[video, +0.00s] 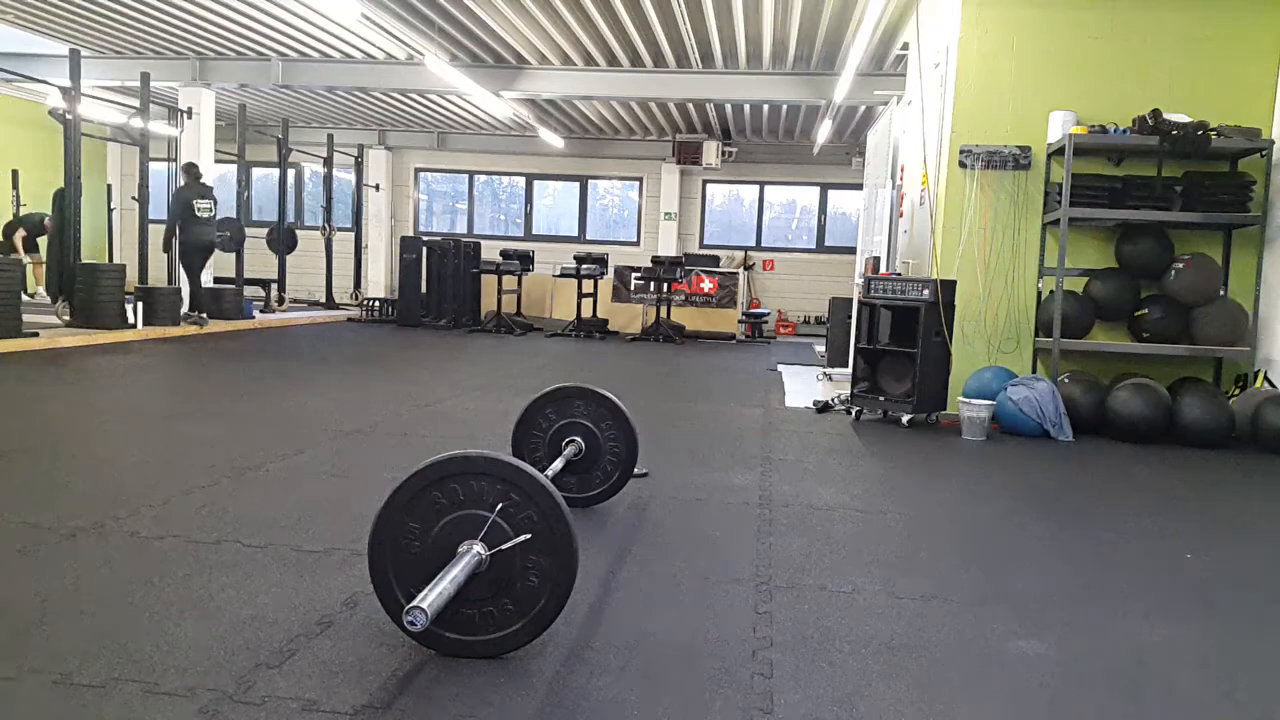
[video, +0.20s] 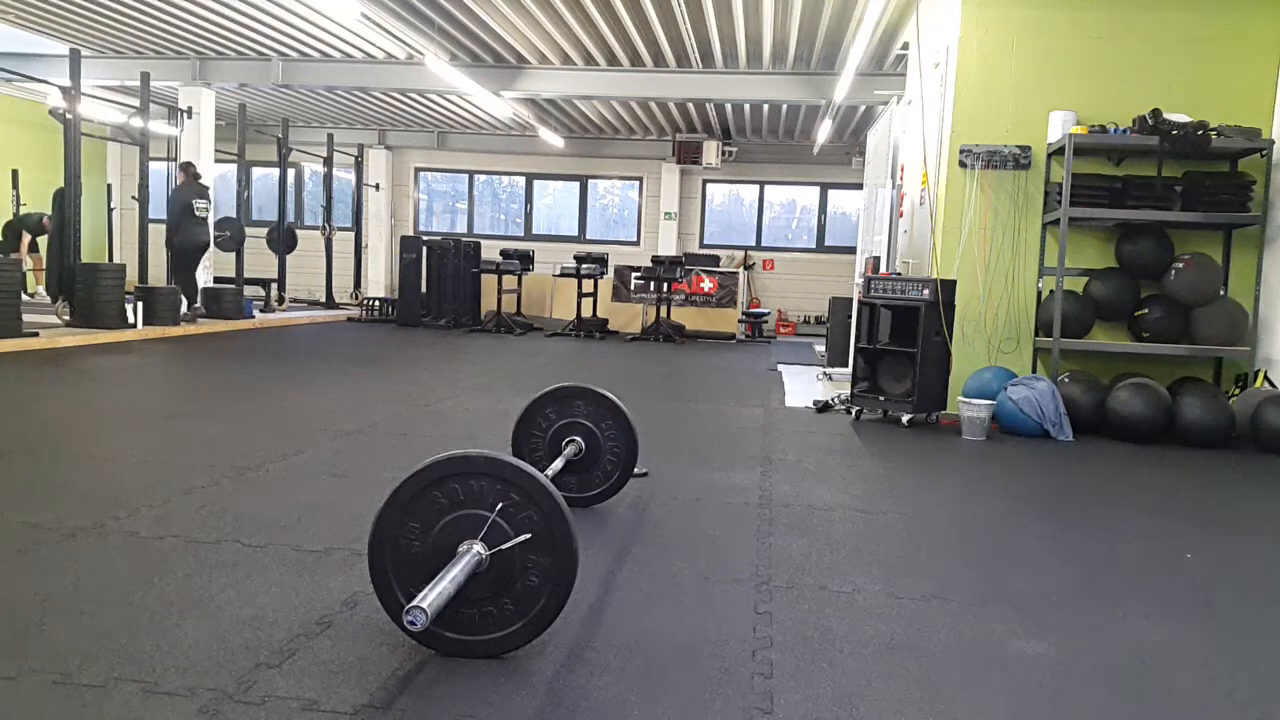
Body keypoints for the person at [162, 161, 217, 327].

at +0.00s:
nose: (182, 177)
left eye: (183, 174)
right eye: (184, 174)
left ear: (185, 174)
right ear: (198, 173)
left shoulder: (180, 193)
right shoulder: (209, 192)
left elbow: (172, 219)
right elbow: (213, 215)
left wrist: (167, 241)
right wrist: (210, 235)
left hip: (189, 240)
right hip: (209, 240)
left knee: (194, 277)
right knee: (195, 276)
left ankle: (202, 314)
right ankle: (191, 311)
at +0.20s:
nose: (177, 177)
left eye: (179, 174)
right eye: (178, 174)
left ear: (183, 174)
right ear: (194, 173)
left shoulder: (179, 191)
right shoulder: (204, 190)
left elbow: (173, 218)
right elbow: (203, 215)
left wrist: (169, 239)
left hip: (184, 237)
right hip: (202, 237)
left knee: (179, 272)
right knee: (190, 272)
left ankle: (193, 305)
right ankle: (191, 308)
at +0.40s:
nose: (171, 176)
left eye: (173, 173)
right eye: (171, 173)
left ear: (180, 173)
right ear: (186, 173)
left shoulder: (180, 190)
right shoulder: (196, 188)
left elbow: (174, 216)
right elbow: (198, 215)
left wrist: (164, 236)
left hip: (182, 235)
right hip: (198, 235)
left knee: (166, 270)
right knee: (187, 272)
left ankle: (172, 308)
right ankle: (191, 311)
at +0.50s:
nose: (168, 176)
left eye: (170, 173)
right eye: (168, 173)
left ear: (178, 174)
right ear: (182, 174)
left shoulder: (179, 191)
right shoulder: (190, 189)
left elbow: (174, 219)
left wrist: (162, 239)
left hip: (181, 237)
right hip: (194, 236)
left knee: (163, 270)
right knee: (187, 272)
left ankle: (167, 308)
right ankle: (191, 310)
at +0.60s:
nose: (163, 176)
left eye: (165, 173)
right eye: (163, 173)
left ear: (174, 173)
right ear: (175, 174)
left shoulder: (177, 190)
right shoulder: (186, 188)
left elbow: (174, 219)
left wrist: (162, 243)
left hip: (177, 237)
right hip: (189, 236)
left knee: (163, 272)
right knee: (185, 272)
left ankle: (163, 310)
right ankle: (190, 310)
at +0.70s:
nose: (159, 176)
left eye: (162, 173)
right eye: (160, 173)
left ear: (171, 174)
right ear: (172, 174)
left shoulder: (173, 191)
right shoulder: (182, 189)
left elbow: (170, 222)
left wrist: (161, 244)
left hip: (174, 237)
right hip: (185, 237)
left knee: (162, 272)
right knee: (183, 273)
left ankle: (162, 309)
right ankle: (190, 310)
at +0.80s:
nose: (154, 175)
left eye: (157, 172)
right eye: (155, 172)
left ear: (166, 174)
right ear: (167, 174)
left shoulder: (169, 192)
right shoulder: (175, 190)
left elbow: (168, 223)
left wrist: (162, 248)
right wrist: (155, 241)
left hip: (171, 238)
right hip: (179, 236)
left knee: (161, 274)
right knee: (179, 274)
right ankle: (189, 311)